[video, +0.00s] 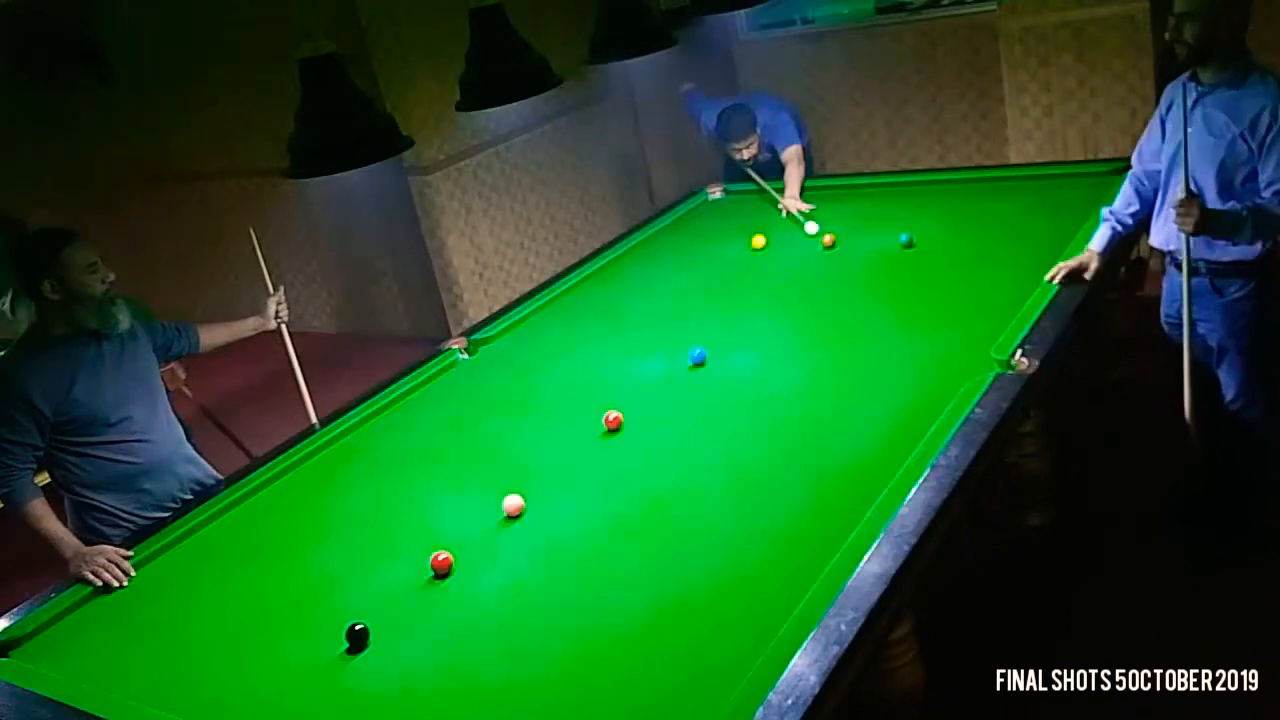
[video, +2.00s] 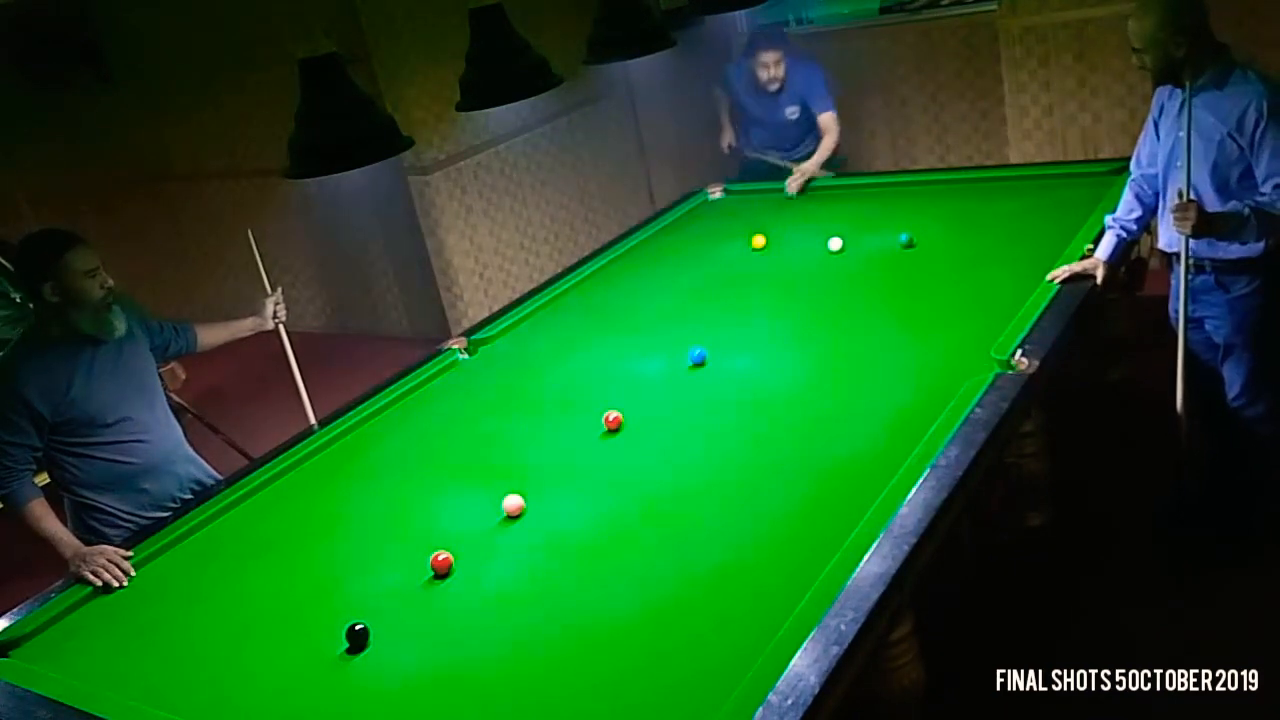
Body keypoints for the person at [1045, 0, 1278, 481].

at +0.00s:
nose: (1172, 32)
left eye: (1186, 18)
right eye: (1171, 18)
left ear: (1228, 22)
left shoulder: (1266, 103)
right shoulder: (1177, 97)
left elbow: (1275, 214)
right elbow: (1143, 177)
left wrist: (1214, 220)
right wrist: (1098, 249)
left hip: (1237, 287)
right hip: (1176, 279)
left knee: (1242, 416)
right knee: (1186, 410)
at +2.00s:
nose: (1136, 60)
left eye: (1143, 49)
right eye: (1133, 49)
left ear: (1181, 42)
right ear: (1175, 45)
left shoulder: (1255, 101)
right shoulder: (1167, 98)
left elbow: (1276, 209)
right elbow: (1143, 182)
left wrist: (1215, 223)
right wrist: (1104, 254)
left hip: (1241, 285)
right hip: (1185, 281)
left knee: (1247, 408)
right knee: (1195, 405)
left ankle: (1257, 524)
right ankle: (1204, 517)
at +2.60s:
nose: (1150, 117)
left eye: (1159, 106)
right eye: (1144, 106)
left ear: (1189, 91)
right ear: (1139, 95)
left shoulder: (1246, 137)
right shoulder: (1139, 127)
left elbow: (1272, 241)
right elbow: (1118, 203)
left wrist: (1218, 291)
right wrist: (1104, 266)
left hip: (1234, 304)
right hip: (1174, 299)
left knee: (1227, 419)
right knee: (1178, 411)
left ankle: (1241, 527)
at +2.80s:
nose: (1152, 184)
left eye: (1161, 175)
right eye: (1143, 173)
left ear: (1195, 155)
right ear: (1136, 152)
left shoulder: (1259, 174)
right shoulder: (1132, 174)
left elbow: (1276, 273)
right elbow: (1107, 253)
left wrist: (1229, 324)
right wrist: (1097, 332)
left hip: (1248, 311)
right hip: (1184, 299)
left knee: (1228, 439)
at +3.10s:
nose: (1132, 270)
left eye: (1142, 259)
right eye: (1125, 257)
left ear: (1172, 241)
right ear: (1117, 234)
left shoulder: (1247, 221)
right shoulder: (1127, 229)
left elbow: (1279, 303)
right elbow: (1095, 309)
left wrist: (1256, 344)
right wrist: (1068, 377)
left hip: (1263, 336)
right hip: (1203, 320)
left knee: (1238, 456)